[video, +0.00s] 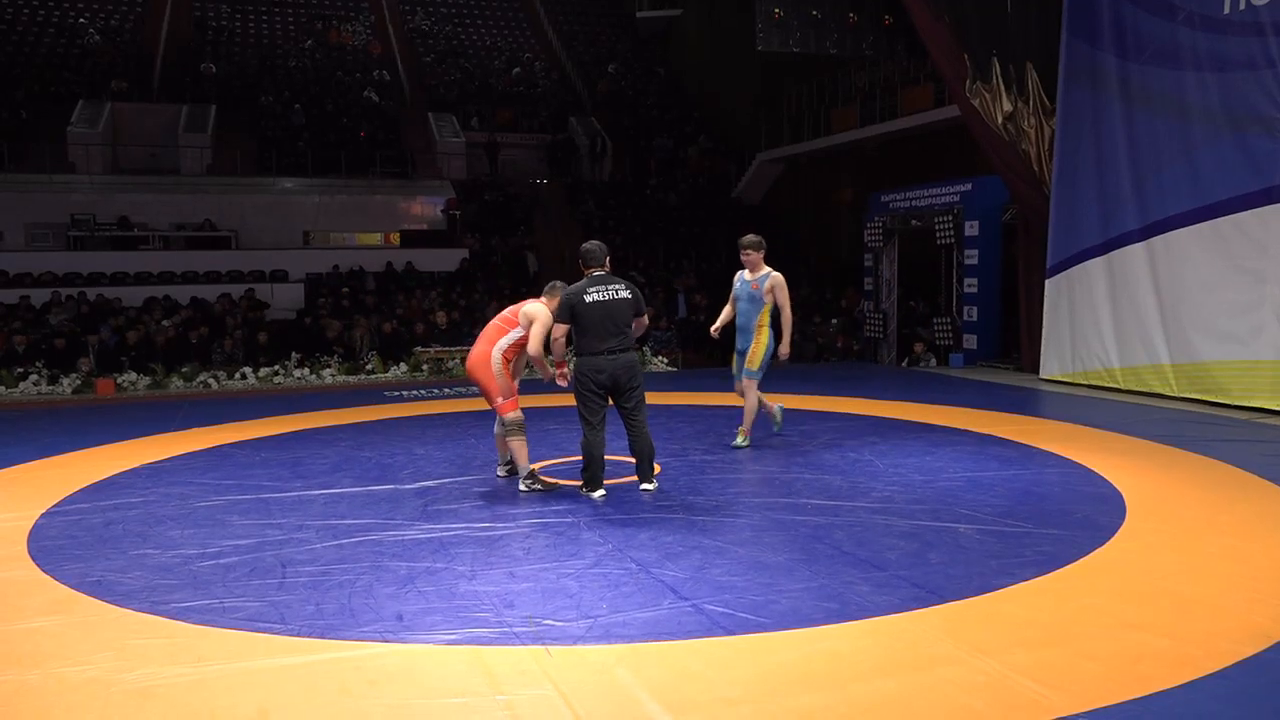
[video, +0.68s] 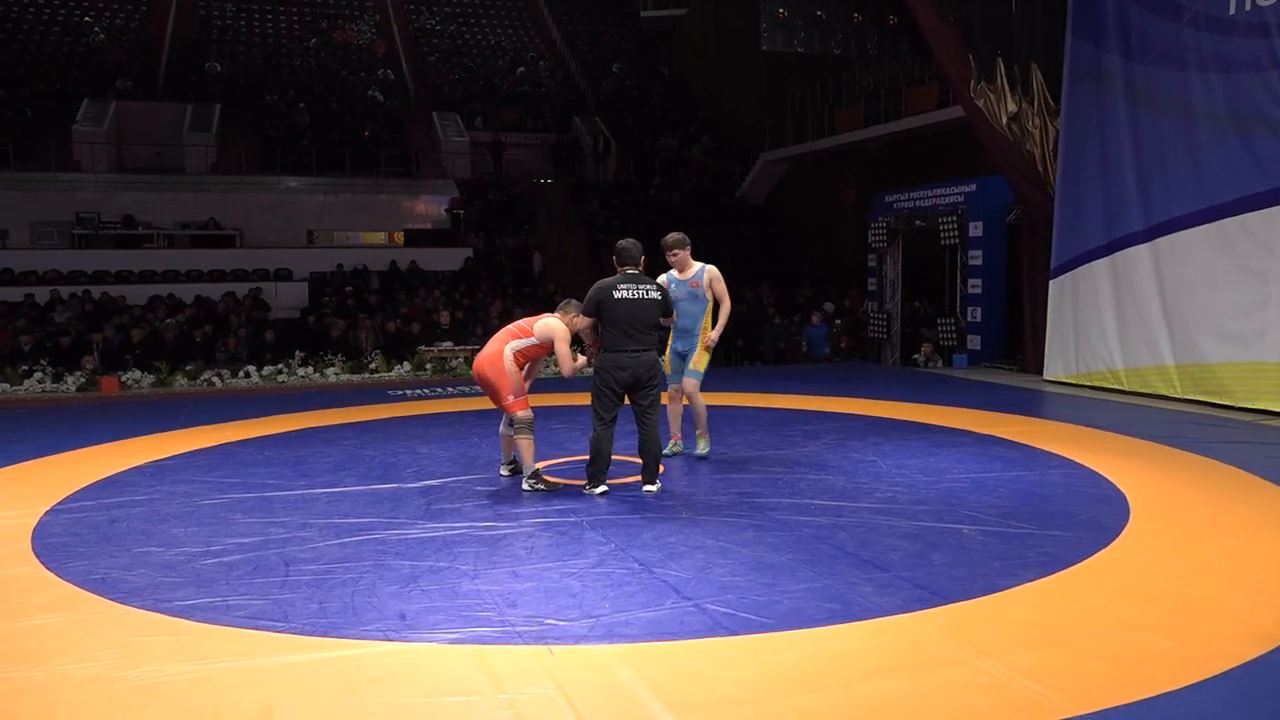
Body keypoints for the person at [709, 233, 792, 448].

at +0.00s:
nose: (744, 258)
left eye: (748, 254)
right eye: (742, 254)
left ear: (761, 254)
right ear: (740, 254)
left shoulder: (774, 279)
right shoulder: (739, 277)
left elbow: (785, 311)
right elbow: (731, 304)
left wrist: (785, 342)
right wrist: (719, 323)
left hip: (760, 338)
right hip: (741, 337)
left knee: (750, 383)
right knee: (740, 388)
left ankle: (744, 431)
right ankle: (772, 409)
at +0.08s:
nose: (735, 256)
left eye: (740, 252)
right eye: (733, 252)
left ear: (752, 252)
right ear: (732, 252)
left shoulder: (767, 276)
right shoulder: (731, 274)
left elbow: (777, 309)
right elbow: (724, 303)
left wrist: (775, 340)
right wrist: (714, 321)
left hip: (752, 338)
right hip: (733, 337)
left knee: (745, 384)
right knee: (724, 385)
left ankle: (744, 431)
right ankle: (755, 408)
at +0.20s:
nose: (722, 255)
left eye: (727, 251)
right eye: (721, 251)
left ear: (740, 250)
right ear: (719, 252)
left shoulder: (755, 273)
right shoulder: (719, 273)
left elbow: (767, 305)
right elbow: (712, 302)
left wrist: (757, 333)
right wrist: (702, 320)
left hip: (742, 340)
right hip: (719, 339)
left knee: (743, 387)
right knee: (704, 380)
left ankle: (744, 431)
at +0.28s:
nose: (713, 256)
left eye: (717, 252)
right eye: (711, 252)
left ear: (731, 251)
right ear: (709, 253)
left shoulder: (746, 273)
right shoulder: (709, 276)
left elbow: (760, 303)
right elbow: (702, 304)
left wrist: (747, 328)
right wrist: (691, 321)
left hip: (735, 342)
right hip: (710, 342)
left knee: (739, 389)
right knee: (696, 386)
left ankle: (743, 431)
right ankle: (688, 432)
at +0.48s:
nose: (690, 260)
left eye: (695, 256)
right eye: (688, 256)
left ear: (707, 254)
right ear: (685, 257)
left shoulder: (725, 276)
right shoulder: (685, 281)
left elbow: (740, 307)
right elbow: (675, 310)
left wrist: (729, 332)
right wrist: (666, 321)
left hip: (713, 346)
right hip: (688, 345)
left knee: (714, 396)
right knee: (678, 390)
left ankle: (738, 425)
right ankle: (674, 440)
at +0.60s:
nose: (678, 259)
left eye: (682, 254)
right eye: (675, 255)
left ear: (695, 251)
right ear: (673, 256)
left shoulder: (715, 273)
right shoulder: (671, 280)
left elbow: (730, 303)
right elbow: (668, 314)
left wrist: (721, 331)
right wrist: (661, 319)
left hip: (704, 343)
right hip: (679, 343)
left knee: (698, 390)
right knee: (675, 391)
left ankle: (718, 424)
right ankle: (676, 439)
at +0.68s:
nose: (671, 259)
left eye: (675, 254)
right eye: (668, 255)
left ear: (688, 251)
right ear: (665, 256)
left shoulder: (709, 272)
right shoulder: (664, 280)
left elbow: (725, 302)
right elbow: (655, 310)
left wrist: (717, 331)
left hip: (700, 342)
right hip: (674, 342)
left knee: (690, 388)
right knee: (673, 392)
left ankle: (702, 436)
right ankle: (675, 439)